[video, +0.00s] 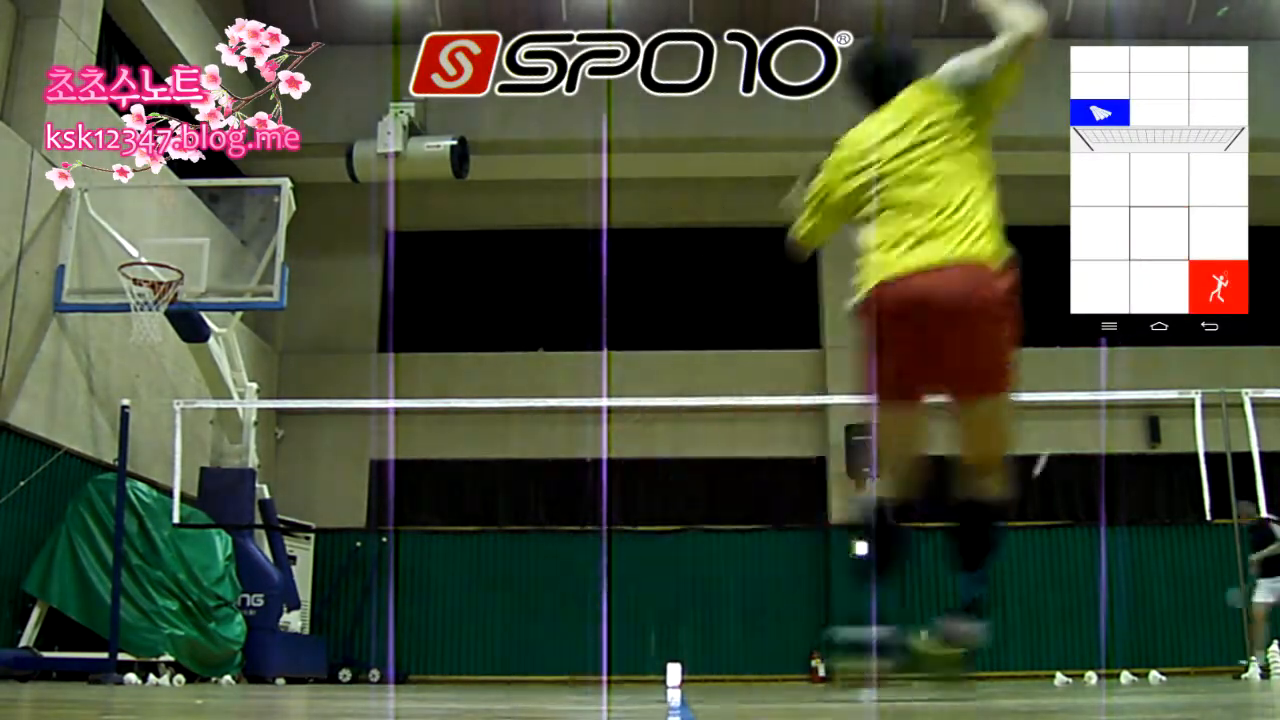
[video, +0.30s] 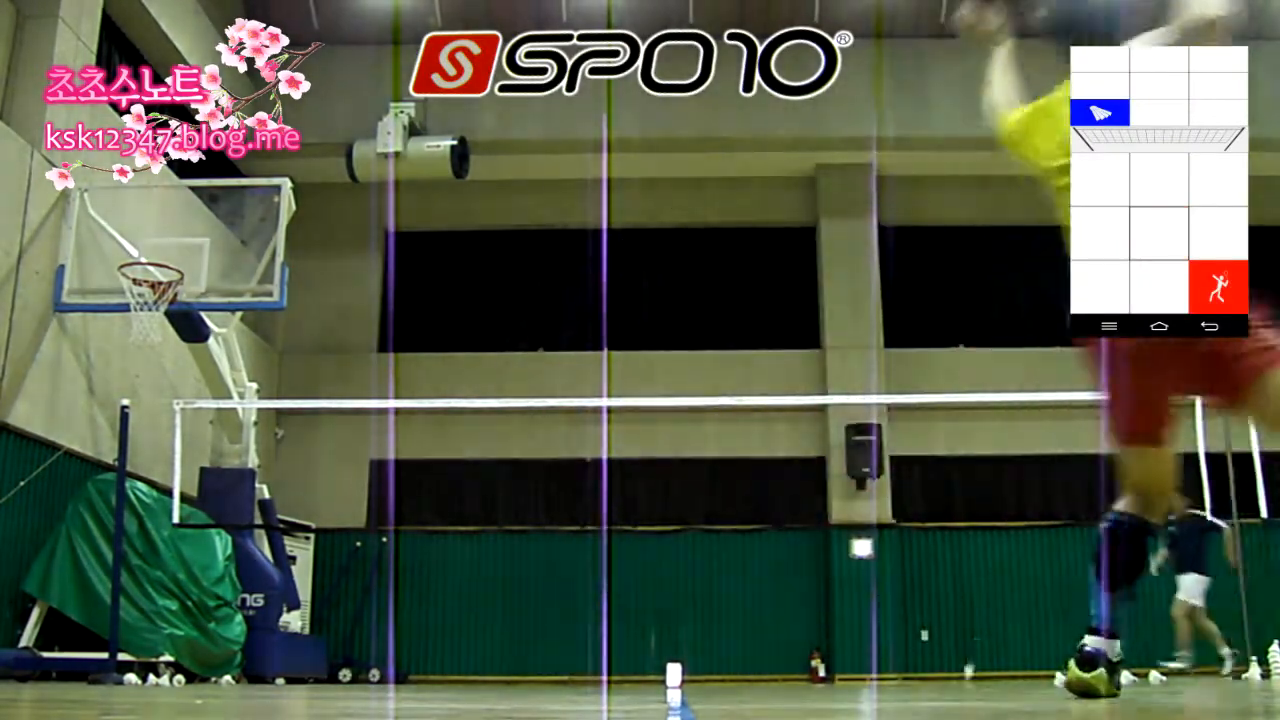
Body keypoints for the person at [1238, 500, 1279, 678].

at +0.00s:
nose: (1240, 518)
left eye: (1241, 514)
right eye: (1239, 515)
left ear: (1247, 512)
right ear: (1248, 512)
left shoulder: (1266, 524)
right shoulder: (1253, 530)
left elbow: (1277, 543)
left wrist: (1258, 556)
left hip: (1271, 577)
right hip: (1264, 578)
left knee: (1258, 614)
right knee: (1257, 615)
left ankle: (1258, 661)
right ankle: (1257, 661)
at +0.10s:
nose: (1219, 521)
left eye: (1222, 516)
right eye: (1217, 517)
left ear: (1230, 515)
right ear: (1216, 518)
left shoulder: (1245, 526)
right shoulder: (1223, 534)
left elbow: (1262, 550)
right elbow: (1229, 561)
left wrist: (1251, 573)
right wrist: (1223, 578)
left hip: (1256, 581)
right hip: (1235, 584)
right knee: (1235, 623)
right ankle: (1245, 663)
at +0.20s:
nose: (1195, 512)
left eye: (1198, 508)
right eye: (1193, 509)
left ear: (1204, 508)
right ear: (1190, 512)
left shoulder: (1219, 524)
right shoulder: (1196, 531)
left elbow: (1245, 541)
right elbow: (1195, 558)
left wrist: (1249, 566)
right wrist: (1188, 573)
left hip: (1226, 577)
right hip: (1211, 579)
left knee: (1208, 611)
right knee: (1224, 621)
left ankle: (1240, 640)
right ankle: (1242, 658)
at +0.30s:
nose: (1173, 506)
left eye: (1176, 501)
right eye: (1171, 502)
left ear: (1184, 502)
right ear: (1171, 505)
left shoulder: (1197, 518)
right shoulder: (1172, 524)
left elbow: (1225, 528)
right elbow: (1168, 548)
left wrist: (1230, 554)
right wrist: (1157, 562)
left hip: (1196, 574)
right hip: (1183, 575)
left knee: (1179, 612)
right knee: (1199, 618)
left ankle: (1184, 658)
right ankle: (1226, 653)